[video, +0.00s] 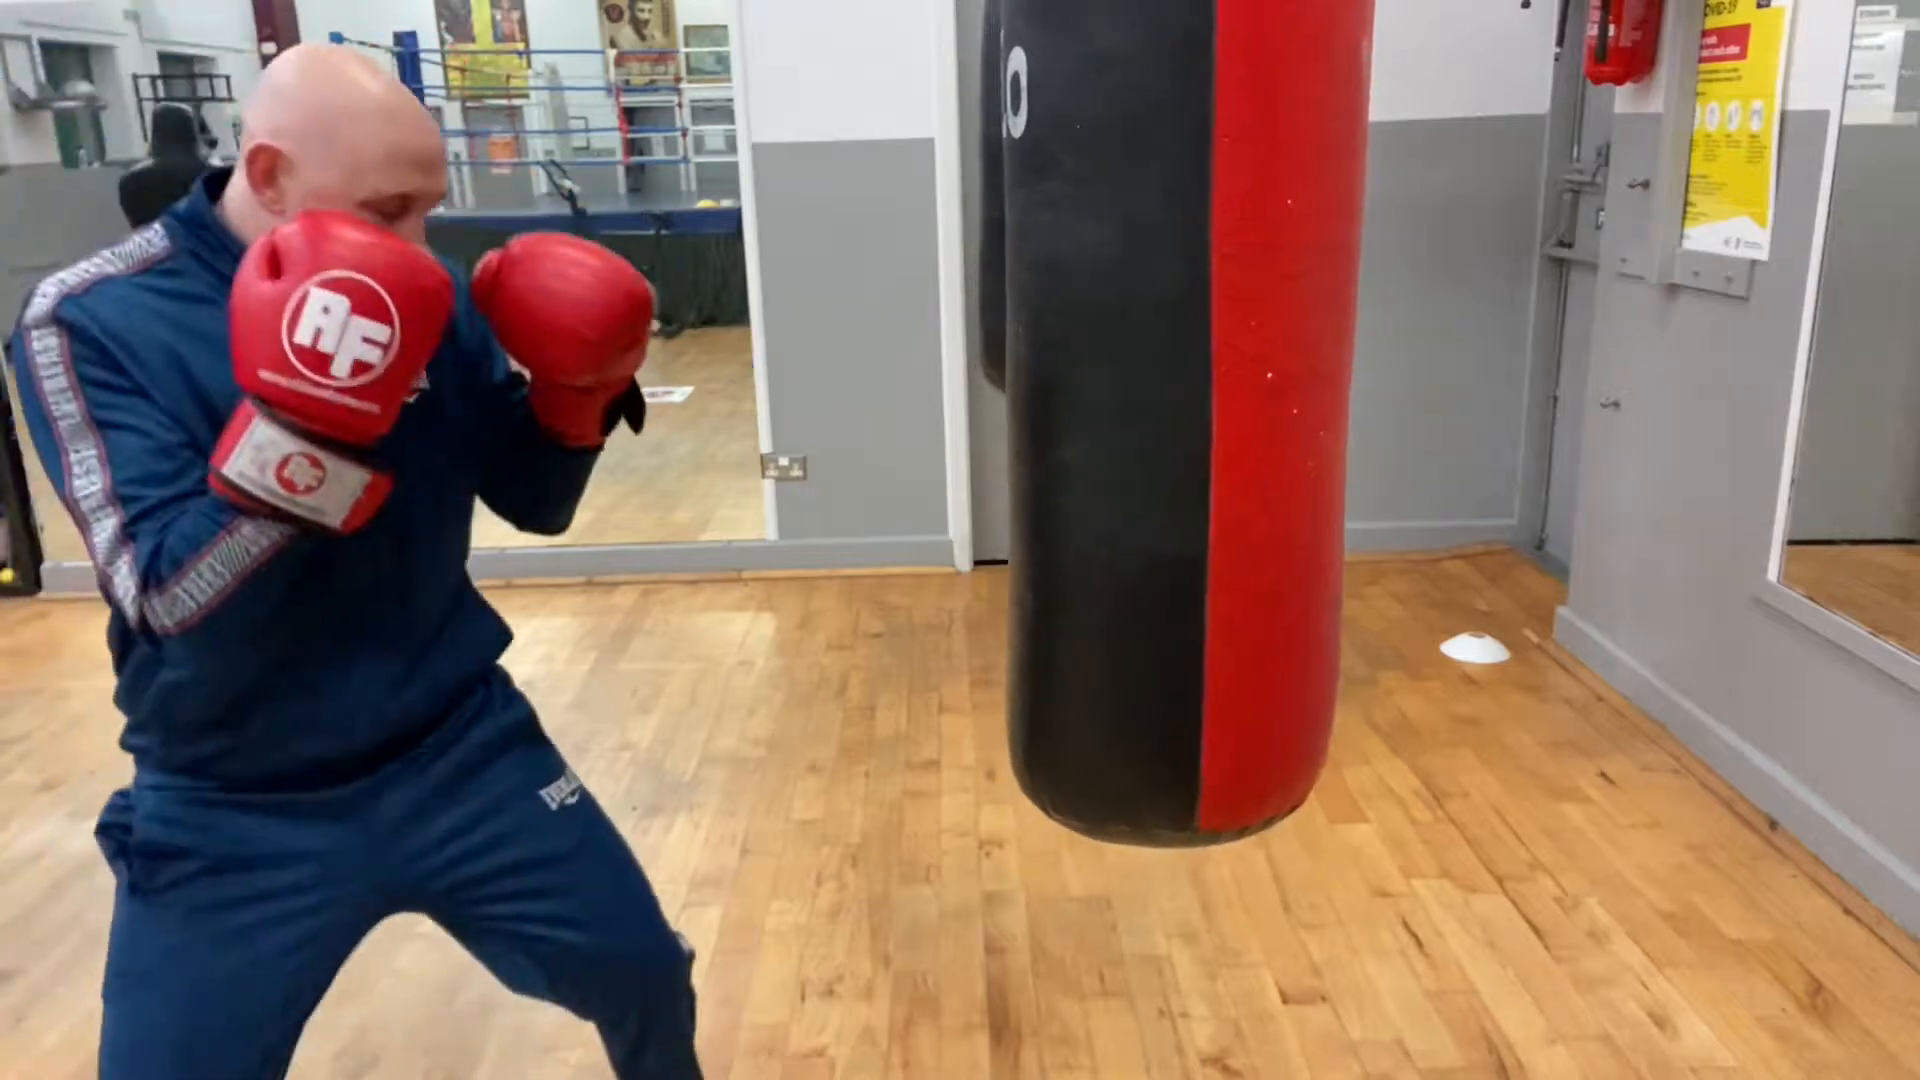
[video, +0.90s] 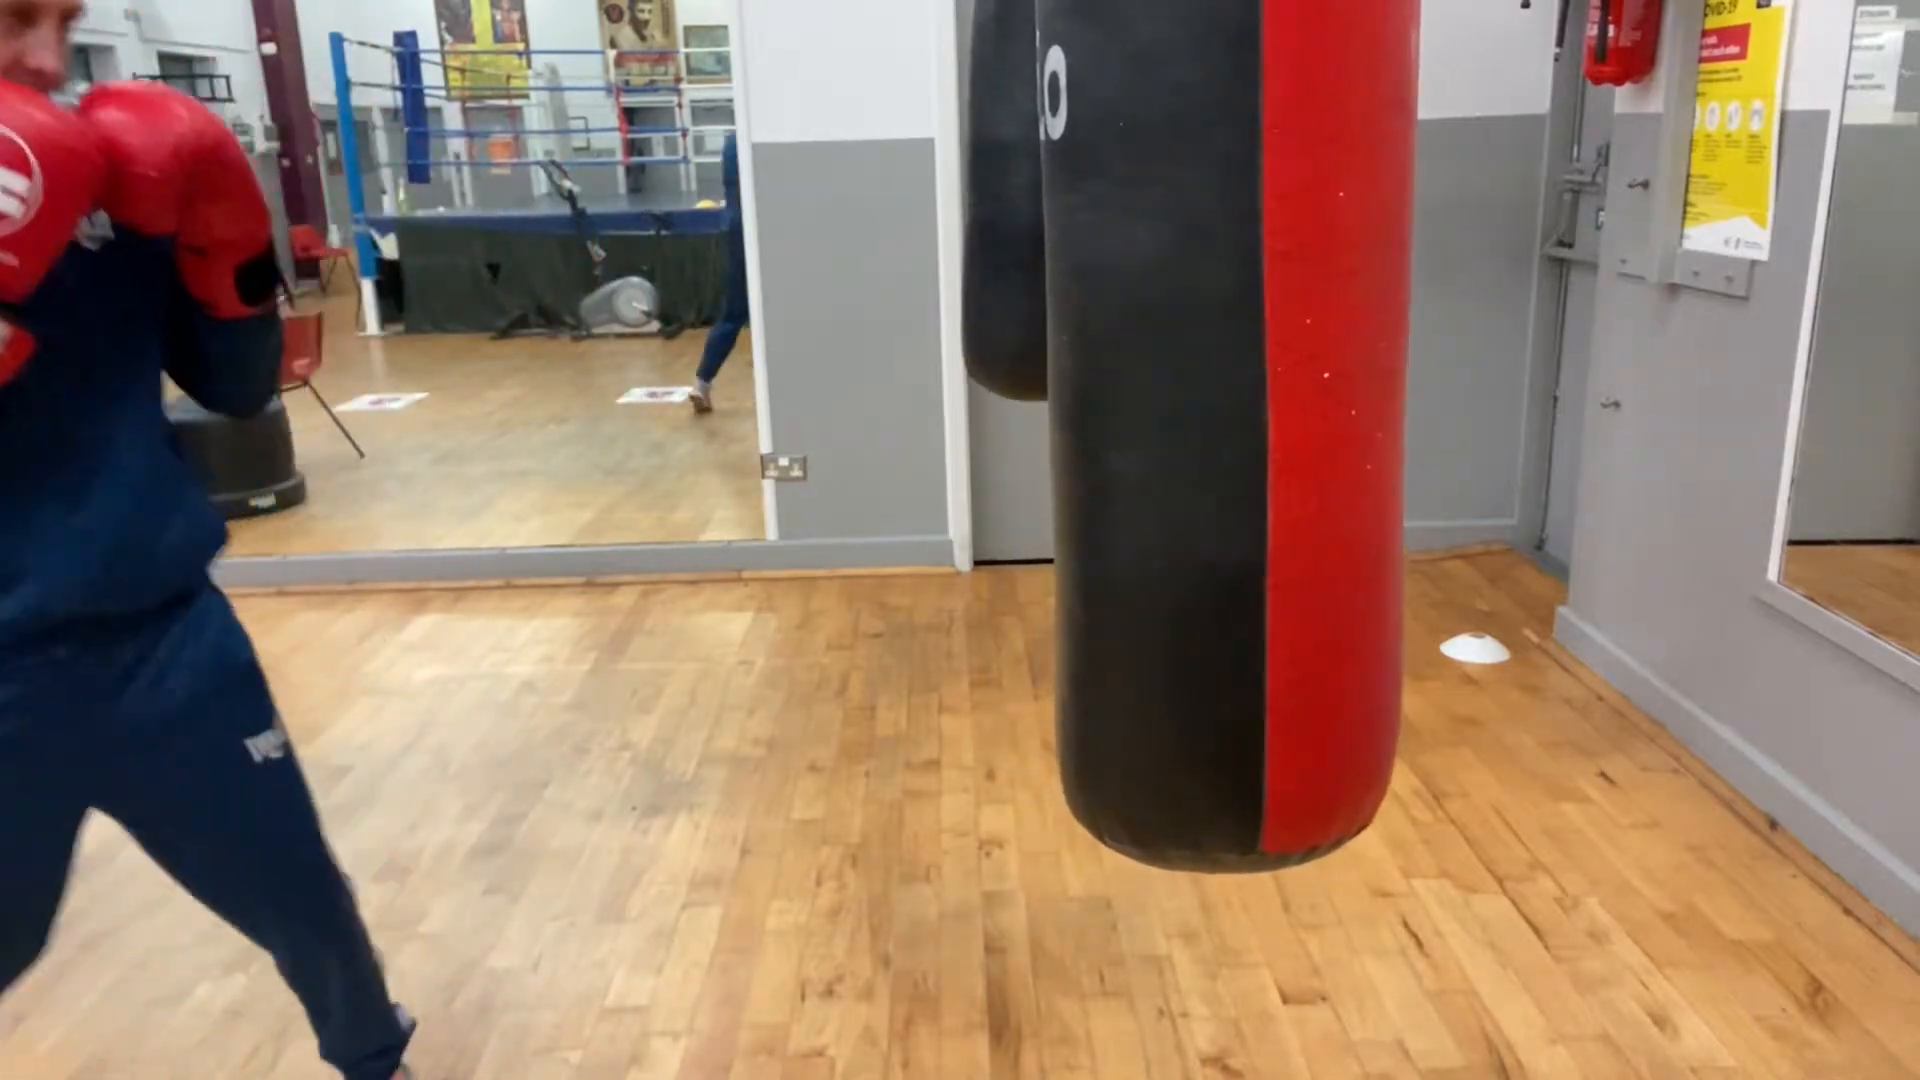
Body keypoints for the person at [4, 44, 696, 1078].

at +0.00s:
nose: (413, 243)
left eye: (425, 212)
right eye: (385, 213)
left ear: (435, 187)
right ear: (268, 178)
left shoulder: (416, 295)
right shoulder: (85, 323)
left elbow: (535, 501)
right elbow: (161, 601)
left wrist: (578, 401)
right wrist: (303, 430)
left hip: (462, 760)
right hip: (231, 820)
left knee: (645, 977)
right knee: (164, 1067)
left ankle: (667, 1072)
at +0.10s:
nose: (344, 170)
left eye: (353, 131)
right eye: (312, 131)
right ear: (184, 96)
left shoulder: (366, 224)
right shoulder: (43, 261)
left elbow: (511, 419)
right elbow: (100, 531)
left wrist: (532, 291)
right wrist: (223, 331)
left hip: (420, 742)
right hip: (183, 797)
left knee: (611, 978)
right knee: (130, 1071)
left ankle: (654, 1077)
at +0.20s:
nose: (233, 82)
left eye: (247, 45)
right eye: (195, 43)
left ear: (271, 25)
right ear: (71, 18)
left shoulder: (277, 151)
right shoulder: (11, 186)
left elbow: (423, 373)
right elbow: (19, 497)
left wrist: (435, 244)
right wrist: (118, 278)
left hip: (342, 683)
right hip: (100, 733)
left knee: (527, 974)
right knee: (74, 1069)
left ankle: (603, 1073)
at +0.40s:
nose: (124, 143)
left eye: (138, 102)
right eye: (83, 103)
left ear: (153, 99)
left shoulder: (169, 261)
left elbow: (275, 487)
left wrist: (283, 333)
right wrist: (23, 385)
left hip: (246, 748)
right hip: (38, 805)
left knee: (394, 1006)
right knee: (52, 1066)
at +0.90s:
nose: (42, 48)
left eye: (56, 21)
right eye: (19, 22)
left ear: (75, 26)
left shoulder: (117, 178)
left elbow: (235, 385)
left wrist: (226, 231)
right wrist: (22, 241)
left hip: (161, 632)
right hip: (11, 665)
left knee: (301, 895)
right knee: (2, 948)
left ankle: (374, 1057)